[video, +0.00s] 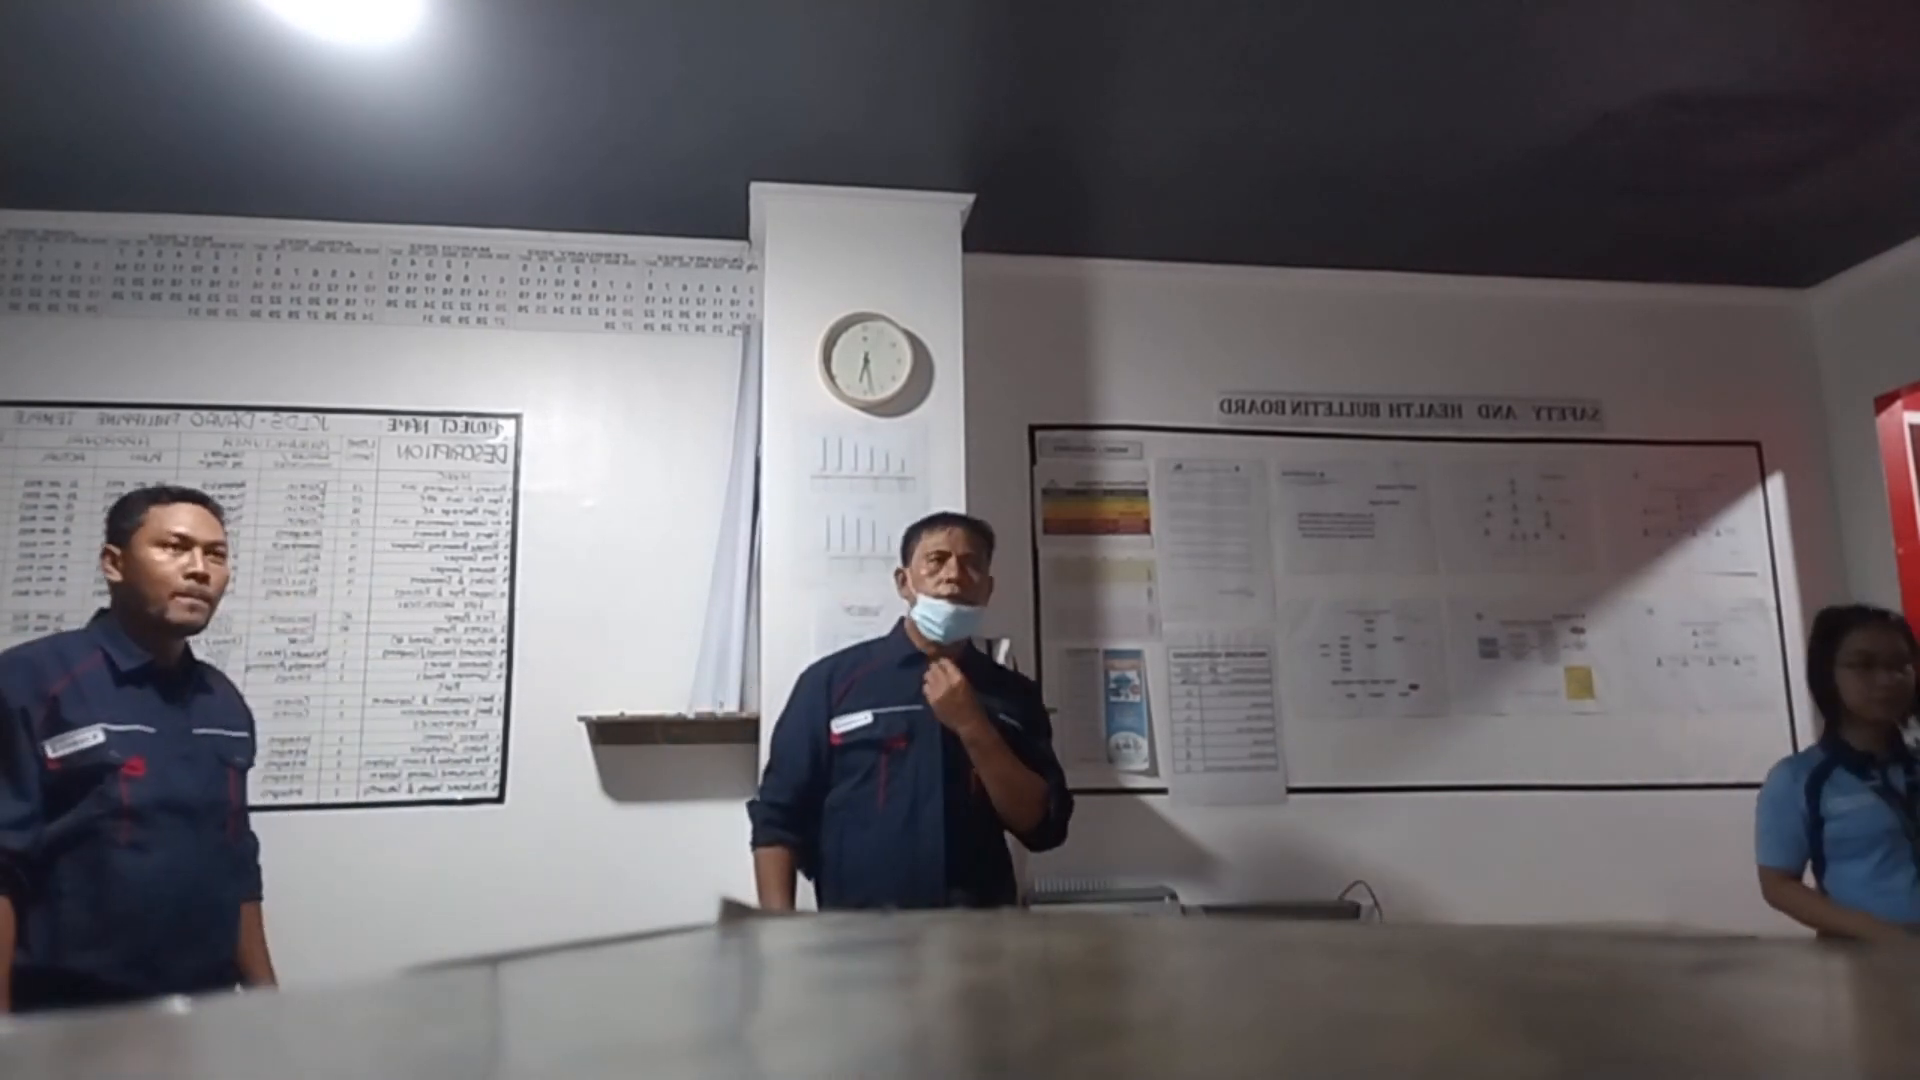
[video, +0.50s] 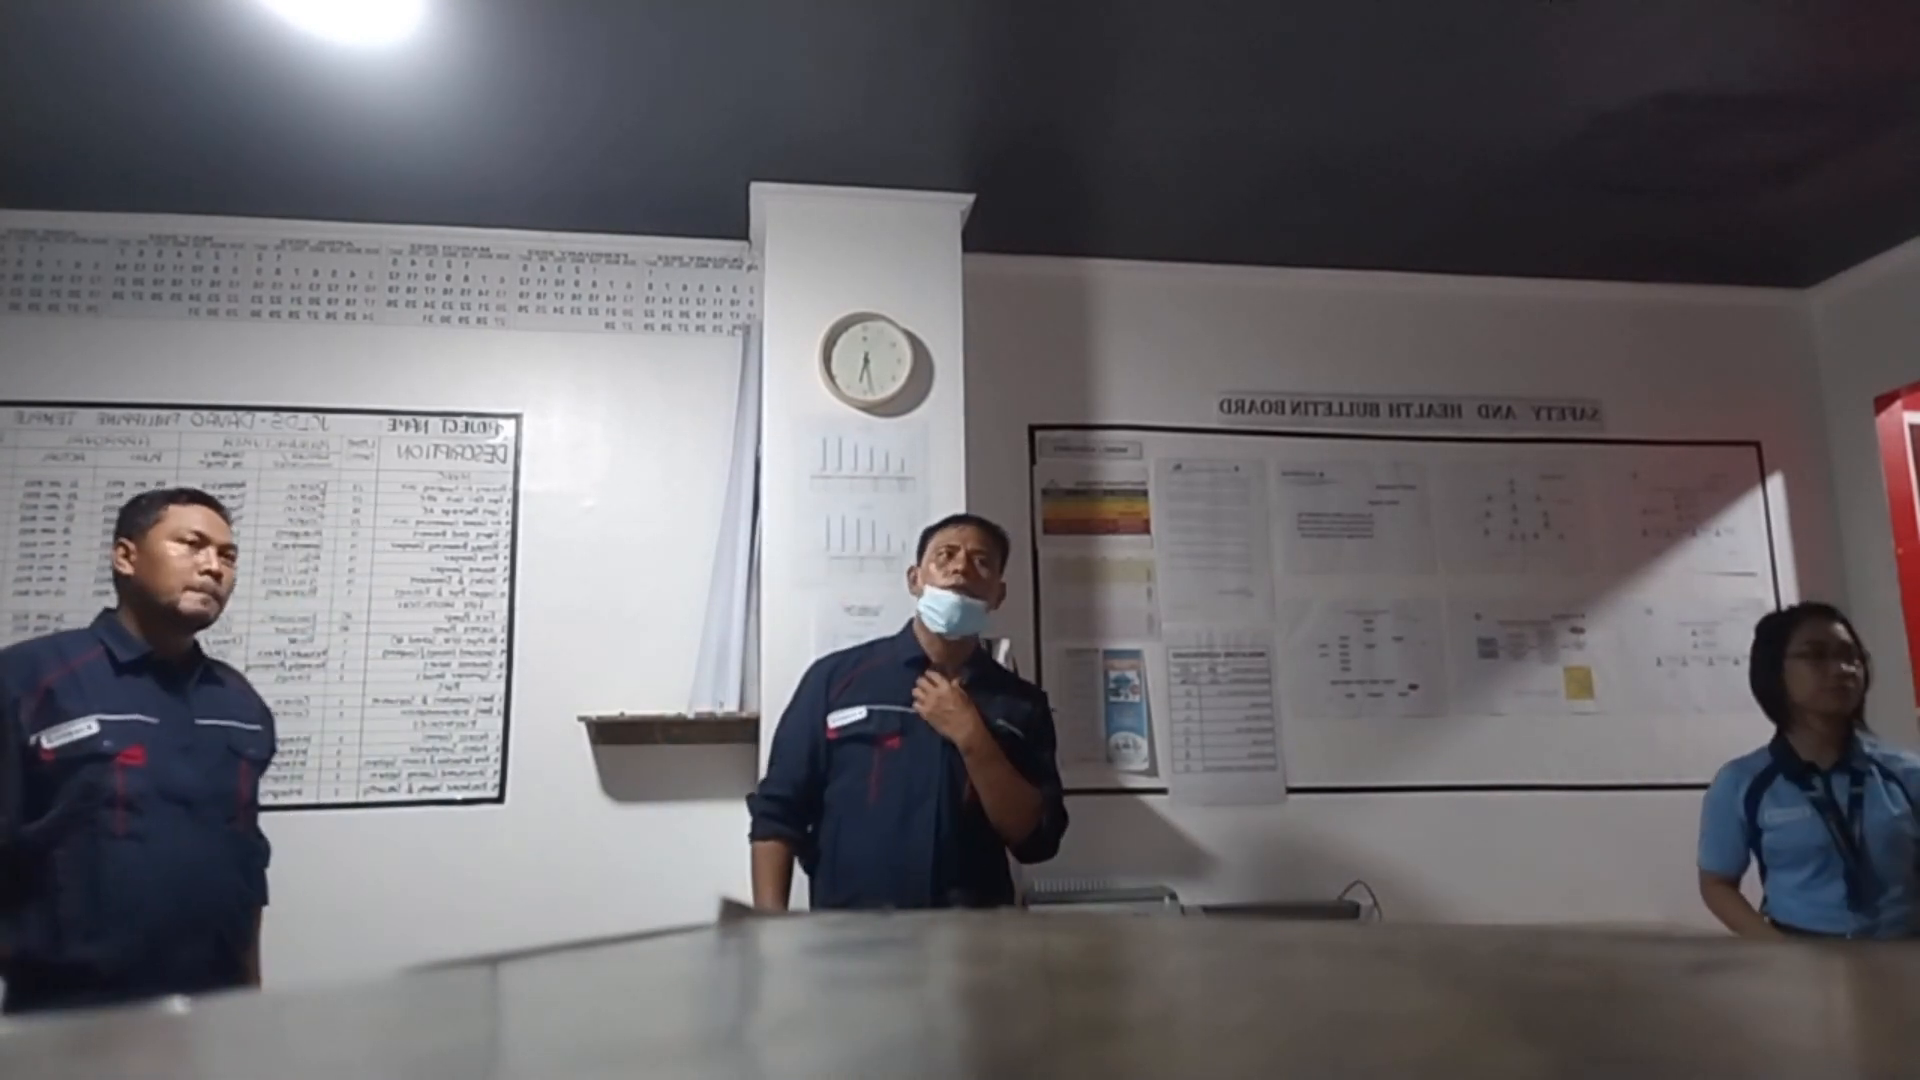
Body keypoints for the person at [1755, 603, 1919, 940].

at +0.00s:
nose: (1886, 680)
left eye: (1899, 665)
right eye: (1864, 665)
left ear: (1915, 675)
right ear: (1828, 675)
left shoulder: (1914, 766)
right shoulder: (1797, 780)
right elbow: (1778, 887)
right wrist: (1879, 933)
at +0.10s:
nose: (1876, 674)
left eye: (1887, 660)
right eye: (1853, 661)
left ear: (1904, 672)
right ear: (1813, 676)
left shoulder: (1912, 768)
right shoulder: (1785, 782)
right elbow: (1767, 888)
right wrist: (1862, 941)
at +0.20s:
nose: (1864, 671)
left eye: (1873, 656)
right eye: (1839, 659)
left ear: (1889, 667)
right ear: (1798, 678)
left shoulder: (1909, 767)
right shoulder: (1772, 782)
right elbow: (1754, 889)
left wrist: (1917, 727)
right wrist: (1844, 943)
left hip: (1918, 956)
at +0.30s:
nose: (1852, 669)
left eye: (1861, 656)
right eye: (1828, 658)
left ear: (1877, 668)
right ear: (1787, 676)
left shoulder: (1904, 769)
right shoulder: (1759, 783)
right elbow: (1741, 889)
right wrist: (1822, 948)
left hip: (1910, 960)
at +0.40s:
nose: (1846, 668)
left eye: (1854, 656)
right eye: (1821, 656)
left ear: (1869, 669)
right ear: (1778, 674)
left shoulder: (1907, 770)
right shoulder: (1747, 784)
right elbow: (1728, 889)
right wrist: (1803, 949)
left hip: (1906, 962)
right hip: (1814, 967)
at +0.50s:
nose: (1841, 667)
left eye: (1849, 655)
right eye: (1816, 655)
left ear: (1864, 669)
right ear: (1774, 674)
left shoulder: (1906, 773)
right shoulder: (1742, 784)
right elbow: (1717, 886)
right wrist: (1781, 952)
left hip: (1903, 966)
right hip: (1805, 970)